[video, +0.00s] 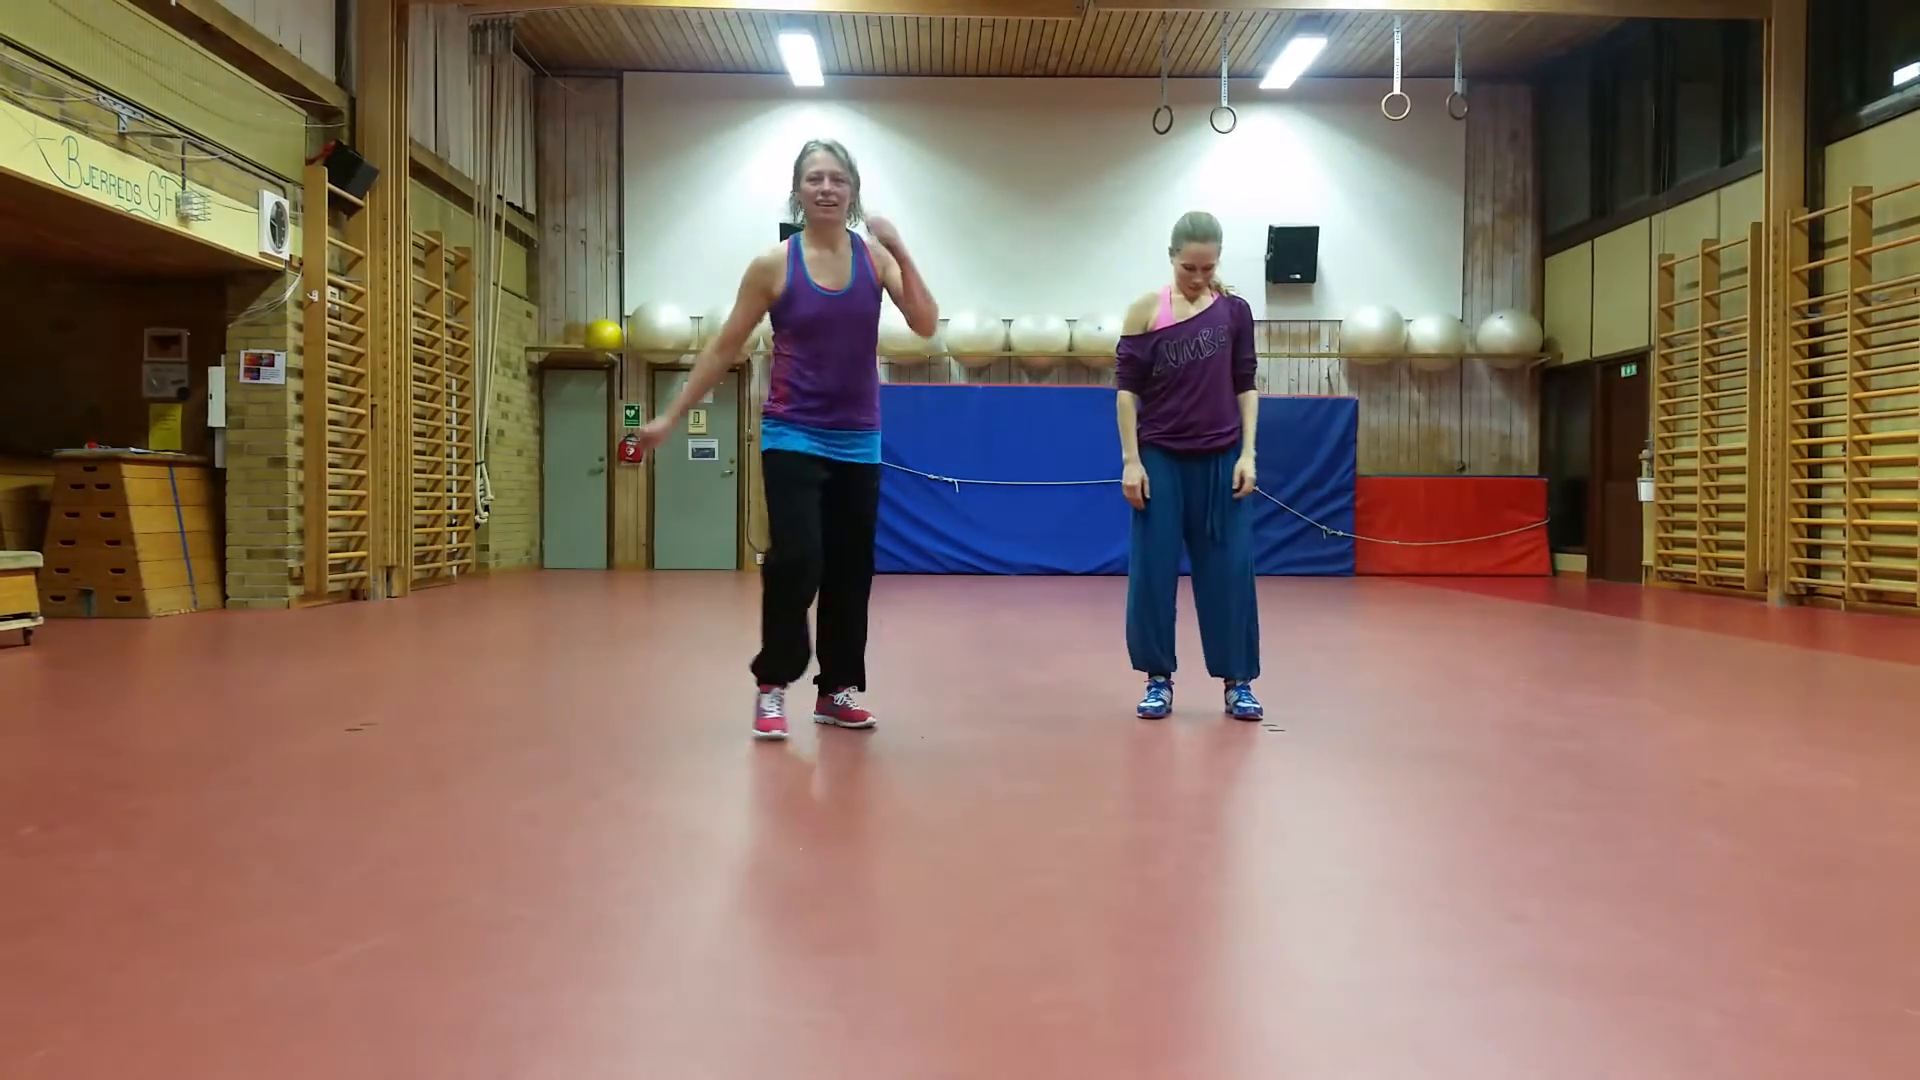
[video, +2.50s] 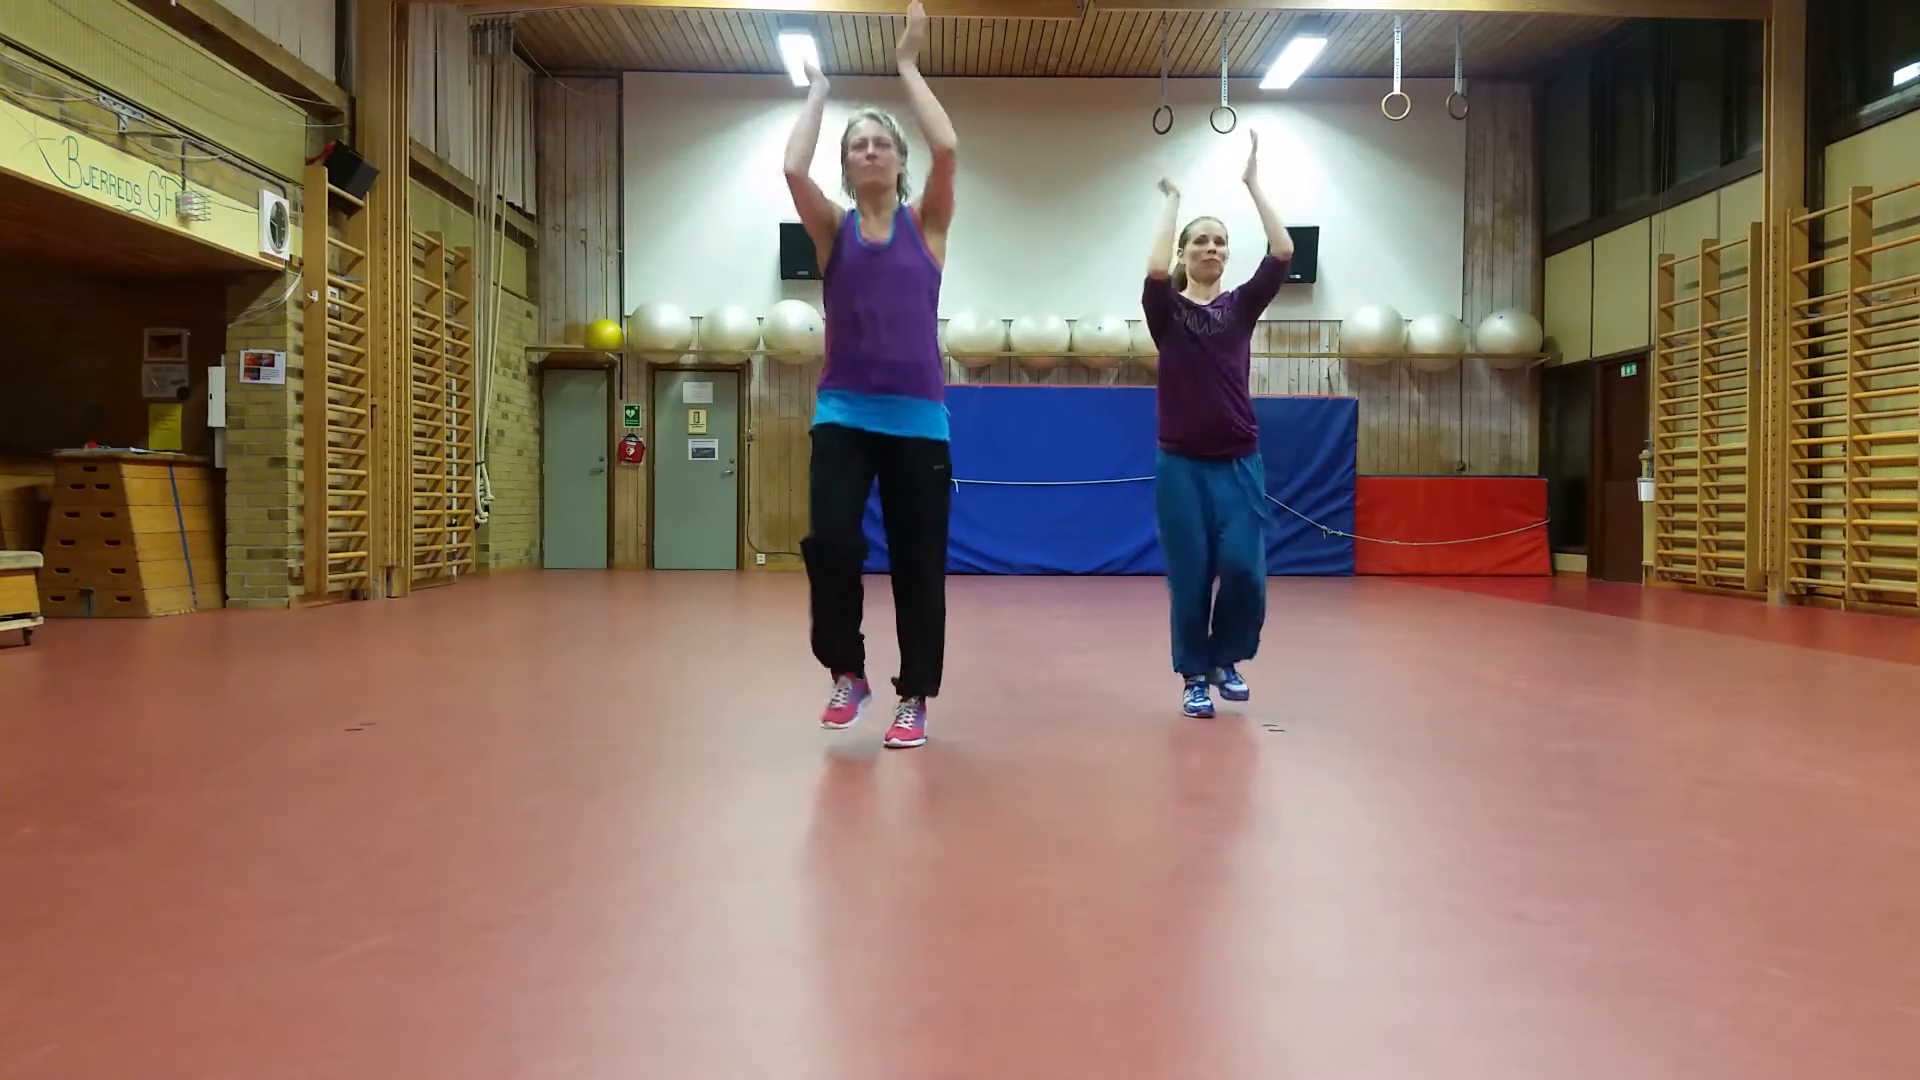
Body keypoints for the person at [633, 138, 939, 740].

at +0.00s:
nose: (826, 188)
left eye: (837, 179)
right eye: (814, 179)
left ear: (854, 191)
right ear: (797, 191)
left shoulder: (874, 258)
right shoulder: (772, 265)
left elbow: (926, 323)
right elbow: (724, 350)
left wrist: (901, 249)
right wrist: (668, 419)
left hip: (858, 437)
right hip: (792, 434)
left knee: (851, 569)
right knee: (797, 561)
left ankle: (838, 690)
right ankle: (773, 685)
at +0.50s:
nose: (807, 180)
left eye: (819, 171)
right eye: (797, 171)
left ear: (839, 185)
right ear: (783, 184)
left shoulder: (858, 245)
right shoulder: (760, 255)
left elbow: (900, 259)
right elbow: (729, 342)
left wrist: (862, 198)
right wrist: (741, 404)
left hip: (850, 429)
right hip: (777, 432)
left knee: (860, 558)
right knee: (766, 566)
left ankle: (874, 681)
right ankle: (763, 690)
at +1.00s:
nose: (834, 179)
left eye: (845, 170)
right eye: (823, 171)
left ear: (866, 183)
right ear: (810, 185)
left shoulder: (888, 245)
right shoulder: (790, 260)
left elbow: (919, 272)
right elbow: (769, 351)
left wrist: (887, 203)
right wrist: (750, 425)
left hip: (884, 426)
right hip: (811, 426)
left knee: (884, 563)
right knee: (818, 557)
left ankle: (878, 695)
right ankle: (816, 684)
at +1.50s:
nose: (849, 176)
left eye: (860, 169)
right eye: (839, 168)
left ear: (877, 187)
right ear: (824, 185)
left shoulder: (898, 248)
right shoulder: (810, 251)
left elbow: (919, 198)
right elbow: (797, 221)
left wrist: (874, 117)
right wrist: (839, 130)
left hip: (892, 431)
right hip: (823, 431)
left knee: (887, 571)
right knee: (819, 570)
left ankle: (882, 700)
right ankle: (838, 698)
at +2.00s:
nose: (852, 175)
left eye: (865, 169)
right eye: (841, 170)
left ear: (884, 187)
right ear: (828, 189)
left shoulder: (908, 251)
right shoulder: (814, 253)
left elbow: (944, 183)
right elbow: (769, 195)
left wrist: (886, 109)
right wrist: (814, 116)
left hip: (893, 439)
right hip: (822, 436)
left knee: (912, 568)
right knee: (828, 575)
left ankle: (869, 688)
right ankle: (825, 704)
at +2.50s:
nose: (870, 151)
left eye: (881, 144)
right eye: (858, 146)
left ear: (901, 161)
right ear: (844, 164)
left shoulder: (926, 225)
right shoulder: (834, 228)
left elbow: (946, 146)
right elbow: (795, 171)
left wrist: (907, 67)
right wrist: (817, 90)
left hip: (917, 415)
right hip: (842, 412)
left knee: (917, 561)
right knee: (830, 545)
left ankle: (915, 698)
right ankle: (846, 677)